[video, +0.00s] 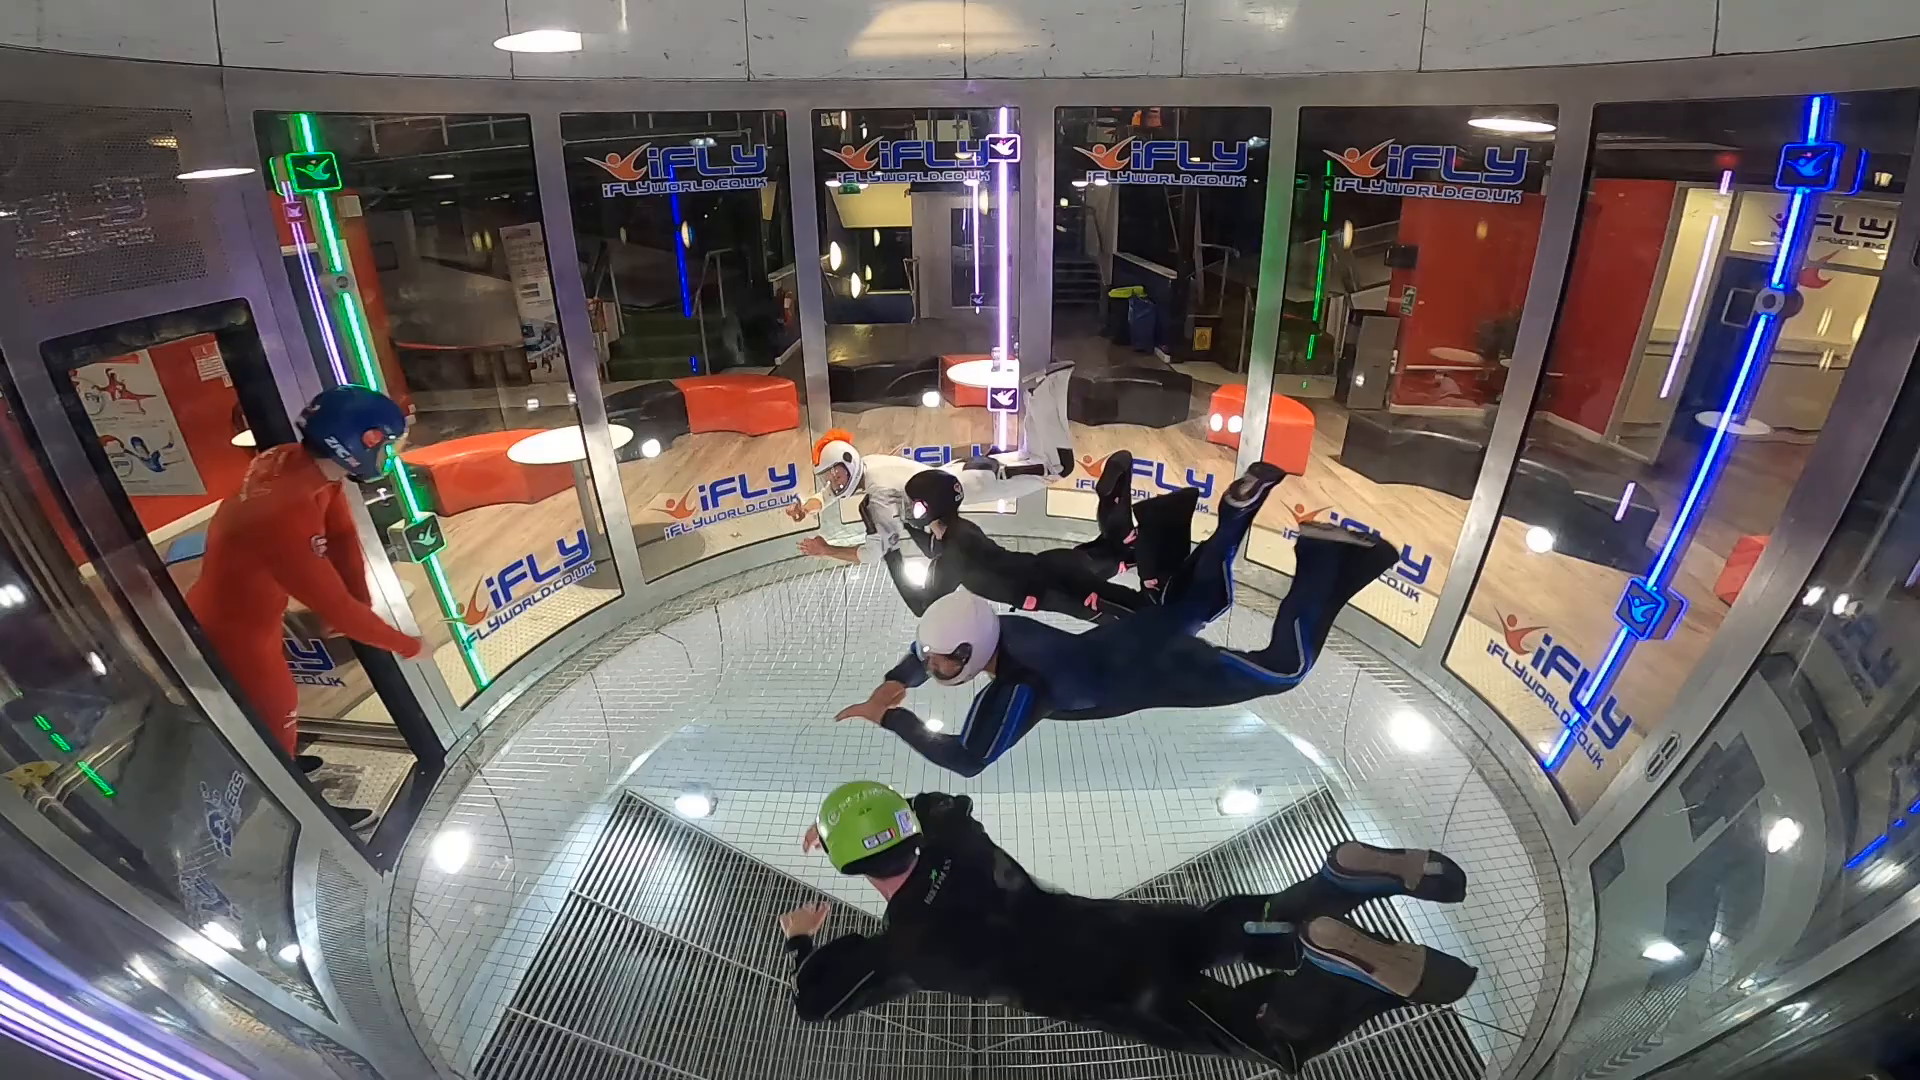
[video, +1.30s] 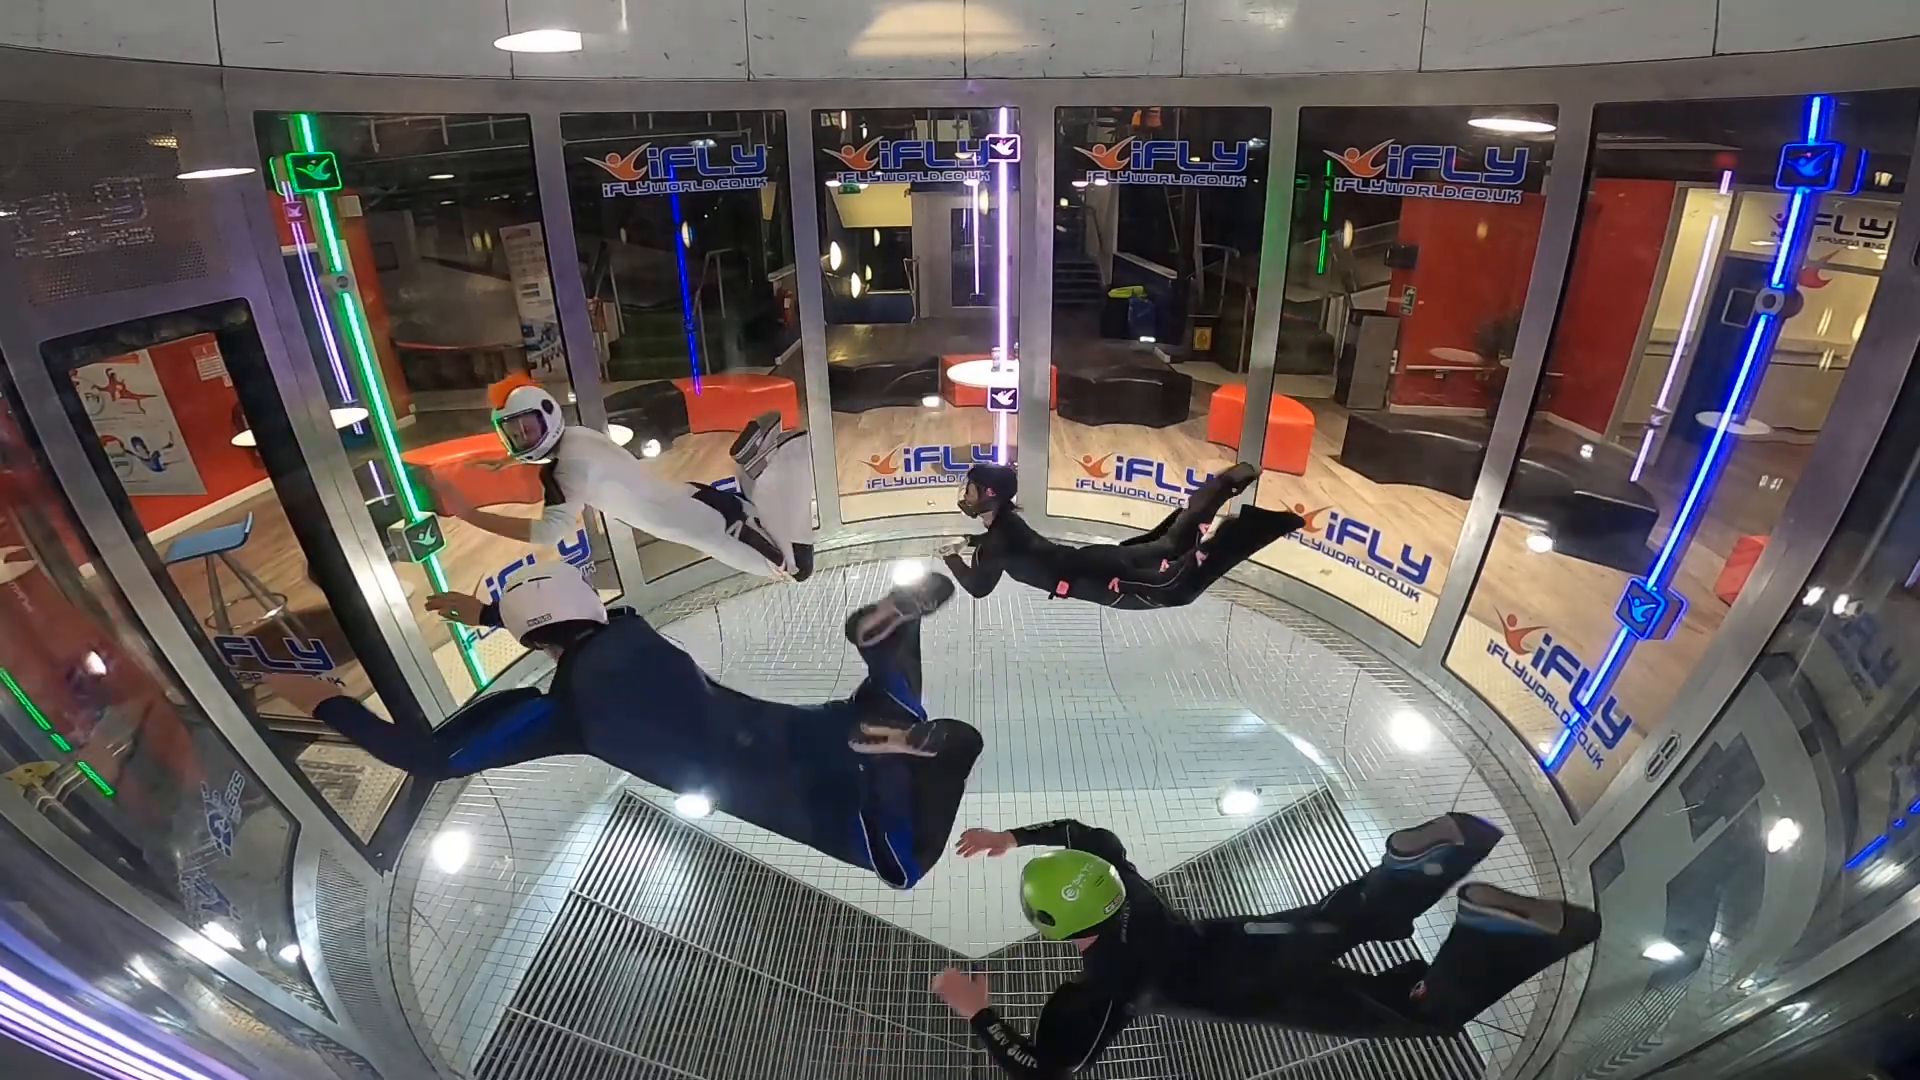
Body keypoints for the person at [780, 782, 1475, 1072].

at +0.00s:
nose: (854, 865)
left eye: (849, 857)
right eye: (858, 847)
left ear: (869, 870)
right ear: (903, 822)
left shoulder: (907, 939)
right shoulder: (955, 827)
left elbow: (820, 1003)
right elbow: (921, 807)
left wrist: (812, 945)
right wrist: (848, 843)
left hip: (1110, 990)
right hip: (1127, 922)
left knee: (1268, 1026)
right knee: (1267, 916)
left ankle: (1379, 982)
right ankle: (1367, 873)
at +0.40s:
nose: (883, 958)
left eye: (880, 950)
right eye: (877, 944)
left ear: (887, 949)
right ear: (923, 899)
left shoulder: (932, 1010)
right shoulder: (965, 897)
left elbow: (858, 1066)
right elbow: (950, 871)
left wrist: (789, 1041)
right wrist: (886, 898)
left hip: (1097, 1042)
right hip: (1106, 976)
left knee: (1218, 1046)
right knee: (1211, 984)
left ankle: (1352, 1005)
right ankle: (1319, 933)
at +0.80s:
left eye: (949, 950)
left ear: (962, 962)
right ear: (1000, 909)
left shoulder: (995, 1021)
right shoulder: (1034, 907)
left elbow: (903, 1072)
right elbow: (1010, 872)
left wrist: (865, 1025)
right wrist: (933, 890)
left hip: (1134, 1055)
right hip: (1151, 1001)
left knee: (1258, 1046)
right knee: (1249, 1009)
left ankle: (1367, 1031)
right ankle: (1359, 981)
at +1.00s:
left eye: (997, 941)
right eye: (1019, 926)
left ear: (1011, 954)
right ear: (1042, 917)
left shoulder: (1041, 1021)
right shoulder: (1078, 912)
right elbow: (1056, 859)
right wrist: (976, 874)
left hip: (1189, 1027)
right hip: (1197, 1001)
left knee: (1297, 1048)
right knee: (1300, 984)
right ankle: (1419, 956)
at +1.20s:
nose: (1031, 950)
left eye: (1030, 941)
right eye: (1032, 937)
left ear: (1050, 943)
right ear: (1076, 899)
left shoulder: (1075, 1002)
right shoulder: (1098, 896)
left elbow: (1019, 1078)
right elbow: (1071, 843)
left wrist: (937, 1055)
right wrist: (993, 849)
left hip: (1228, 1000)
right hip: (1237, 971)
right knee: (1372, 1034)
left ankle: (1413, 888)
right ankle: (1496, 992)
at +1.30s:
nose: (1050, 932)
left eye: (1052, 929)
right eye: (1048, 917)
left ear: (1072, 935)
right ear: (1089, 882)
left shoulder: (1106, 980)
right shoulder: (1116, 883)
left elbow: (1049, 1059)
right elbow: (1084, 835)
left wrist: (979, 1016)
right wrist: (1014, 836)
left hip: (1274, 989)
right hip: (1268, 930)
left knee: (1420, 1005)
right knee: (1362, 909)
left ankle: (1503, 933)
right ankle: (1446, 854)